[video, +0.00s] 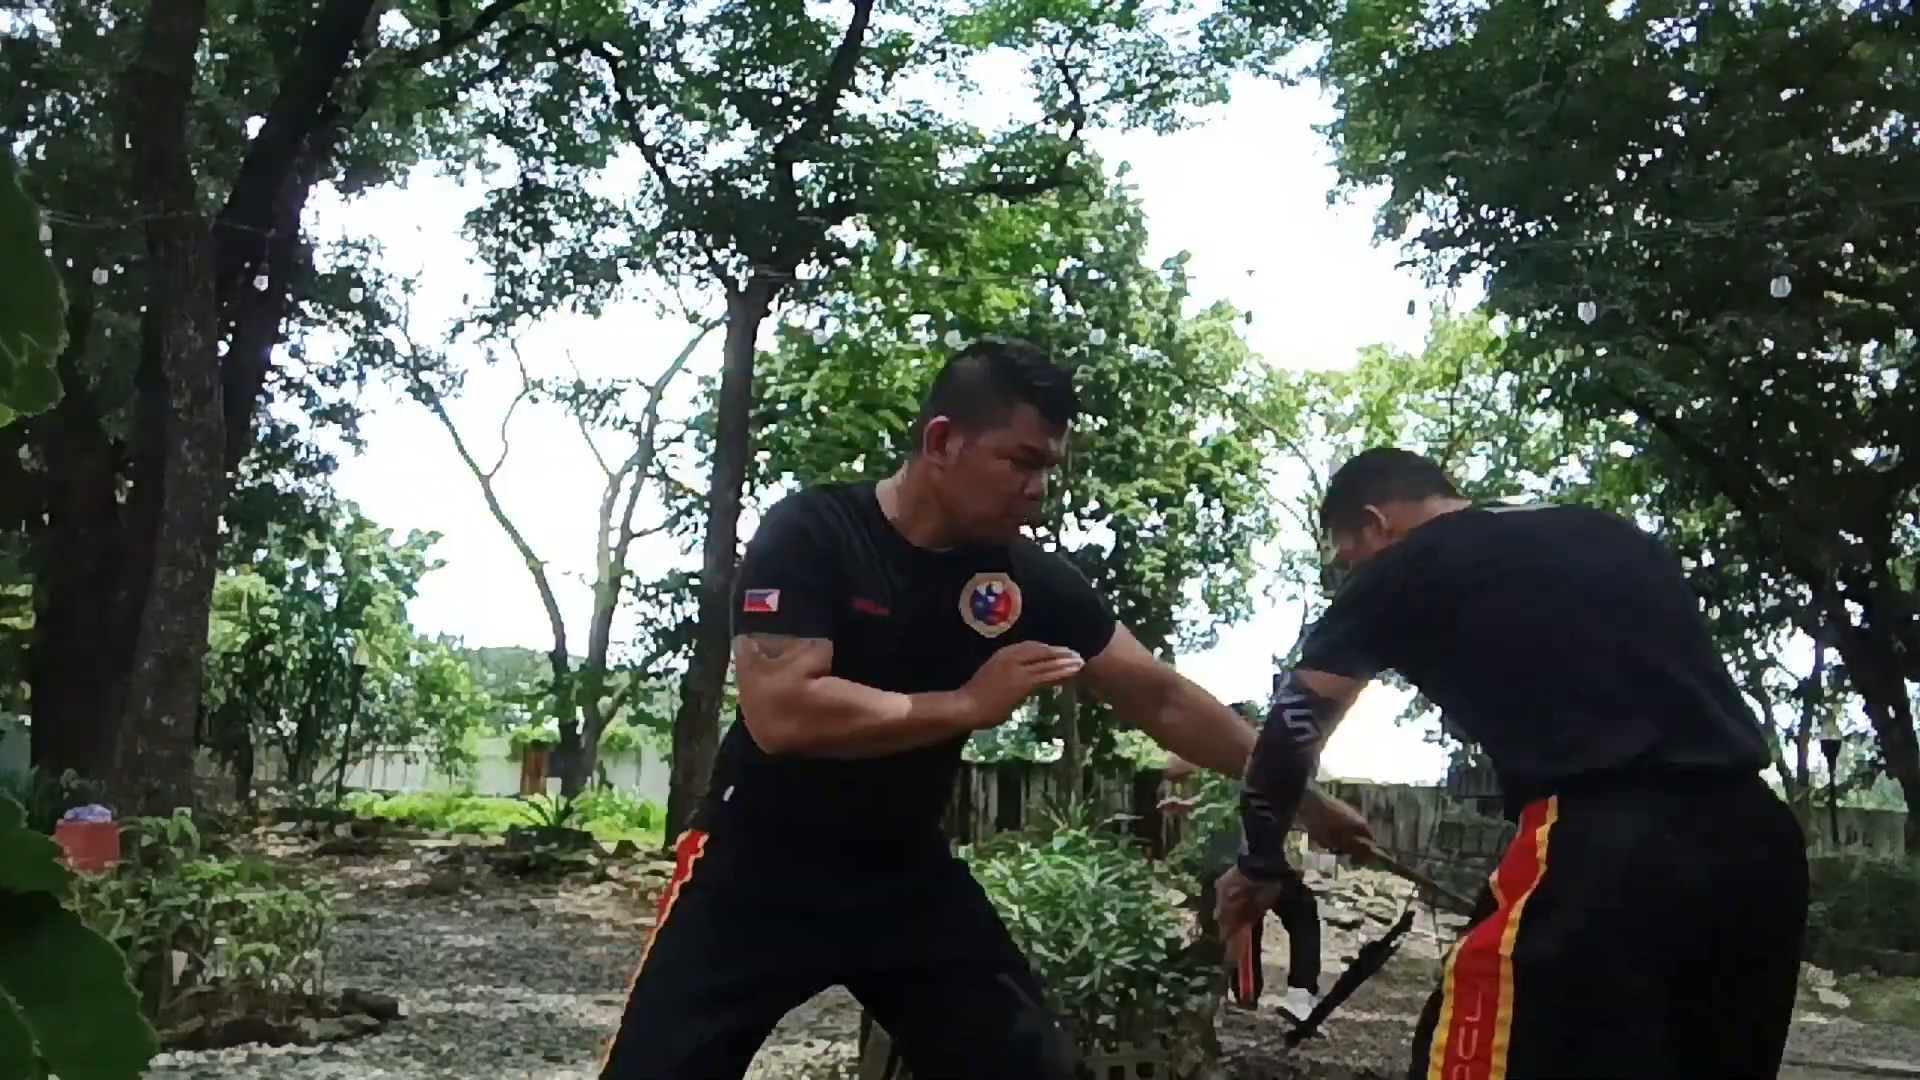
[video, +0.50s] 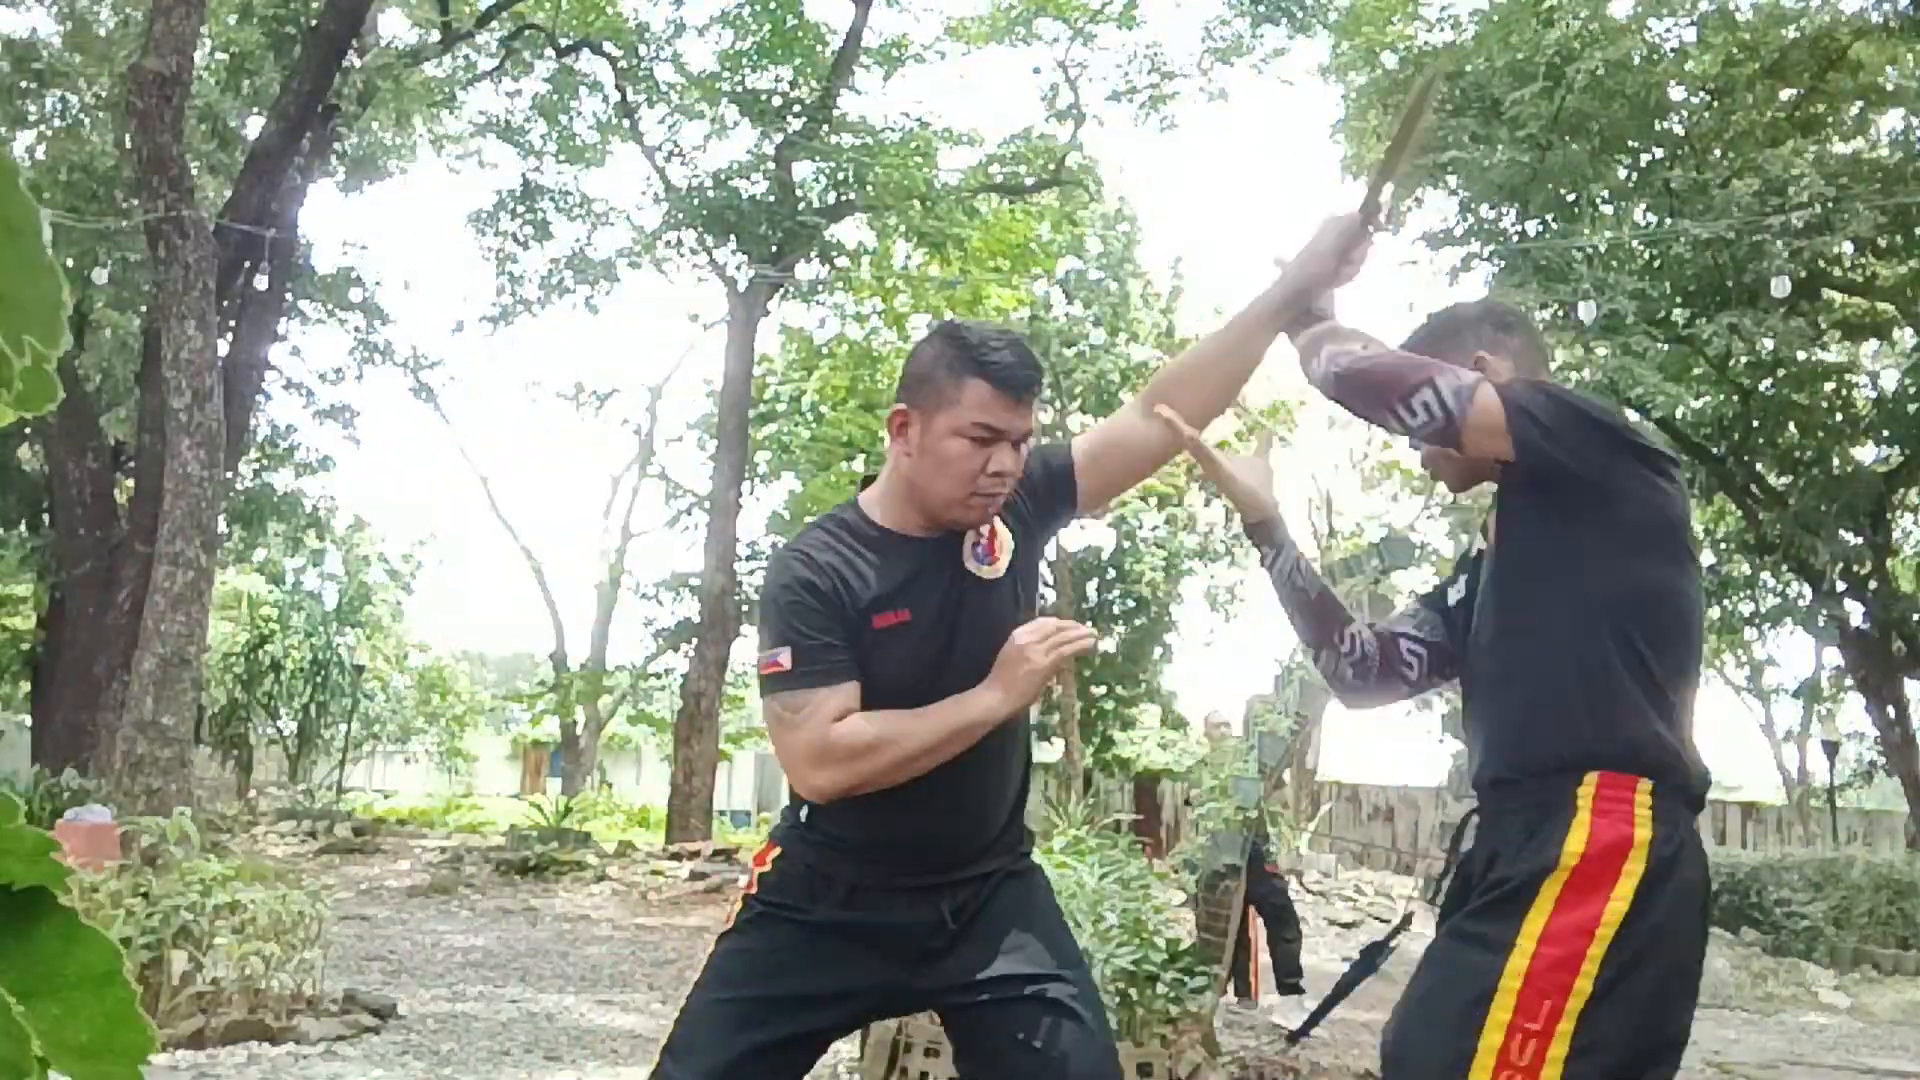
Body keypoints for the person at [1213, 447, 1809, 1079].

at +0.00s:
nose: (1356, 582)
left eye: (1351, 564)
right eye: (1347, 569)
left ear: (1379, 523)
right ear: (1451, 498)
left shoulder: (1404, 569)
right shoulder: (1611, 530)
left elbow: (1292, 727)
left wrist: (1258, 861)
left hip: (1593, 850)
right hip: (1755, 838)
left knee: (1472, 1052)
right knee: (1723, 1061)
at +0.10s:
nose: (1390, 517)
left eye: (1385, 500)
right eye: (1383, 504)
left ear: (1405, 475)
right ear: (1494, 460)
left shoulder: (1405, 543)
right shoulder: (1652, 522)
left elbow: (1316, 699)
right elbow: (1739, 728)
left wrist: (1421, 723)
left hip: (1507, 883)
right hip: (1691, 882)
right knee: (1660, 1066)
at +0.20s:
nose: (1432, 453)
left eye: (1431, 431)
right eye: (1429, 434)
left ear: (1461, 413)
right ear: (1555, 414)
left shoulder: (1426, 501)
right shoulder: (1683, 537)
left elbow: (1310, 561)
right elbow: (1716, 760)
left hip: (1459, 889)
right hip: (1639, 897)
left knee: (1345, 1062)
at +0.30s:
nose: (1454, 419)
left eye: (1454, 400)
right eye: (1451, 404)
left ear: (1488, 385)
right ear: (1583, 394)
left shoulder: (1471, 461)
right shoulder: (1692, 552)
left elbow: (1292, 467)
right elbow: (1605, 730)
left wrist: (1404, 423)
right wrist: (1400, 666)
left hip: (1467, 873)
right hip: (1627, 888)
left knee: (1347, 1062)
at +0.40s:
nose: (1450, 406)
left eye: (1455, 391)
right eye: (1450, 397)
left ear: (1497, 367)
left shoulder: (1533, 437)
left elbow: (1318, 375)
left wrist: (1350, 326)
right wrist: (1303, 587)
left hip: (1530, 859)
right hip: (1623, 877)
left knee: (1389, 1063)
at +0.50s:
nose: (1413, 433)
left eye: (1426, 398)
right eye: (1409, 412)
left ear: (1489, 367)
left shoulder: (1608, 447)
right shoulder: (1496, 568)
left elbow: (1360, 373)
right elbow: (1361, 667)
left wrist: (1315, 327)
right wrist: (1264, 524)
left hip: (1599, 847)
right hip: (1520, 849)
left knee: (1446, 1058)